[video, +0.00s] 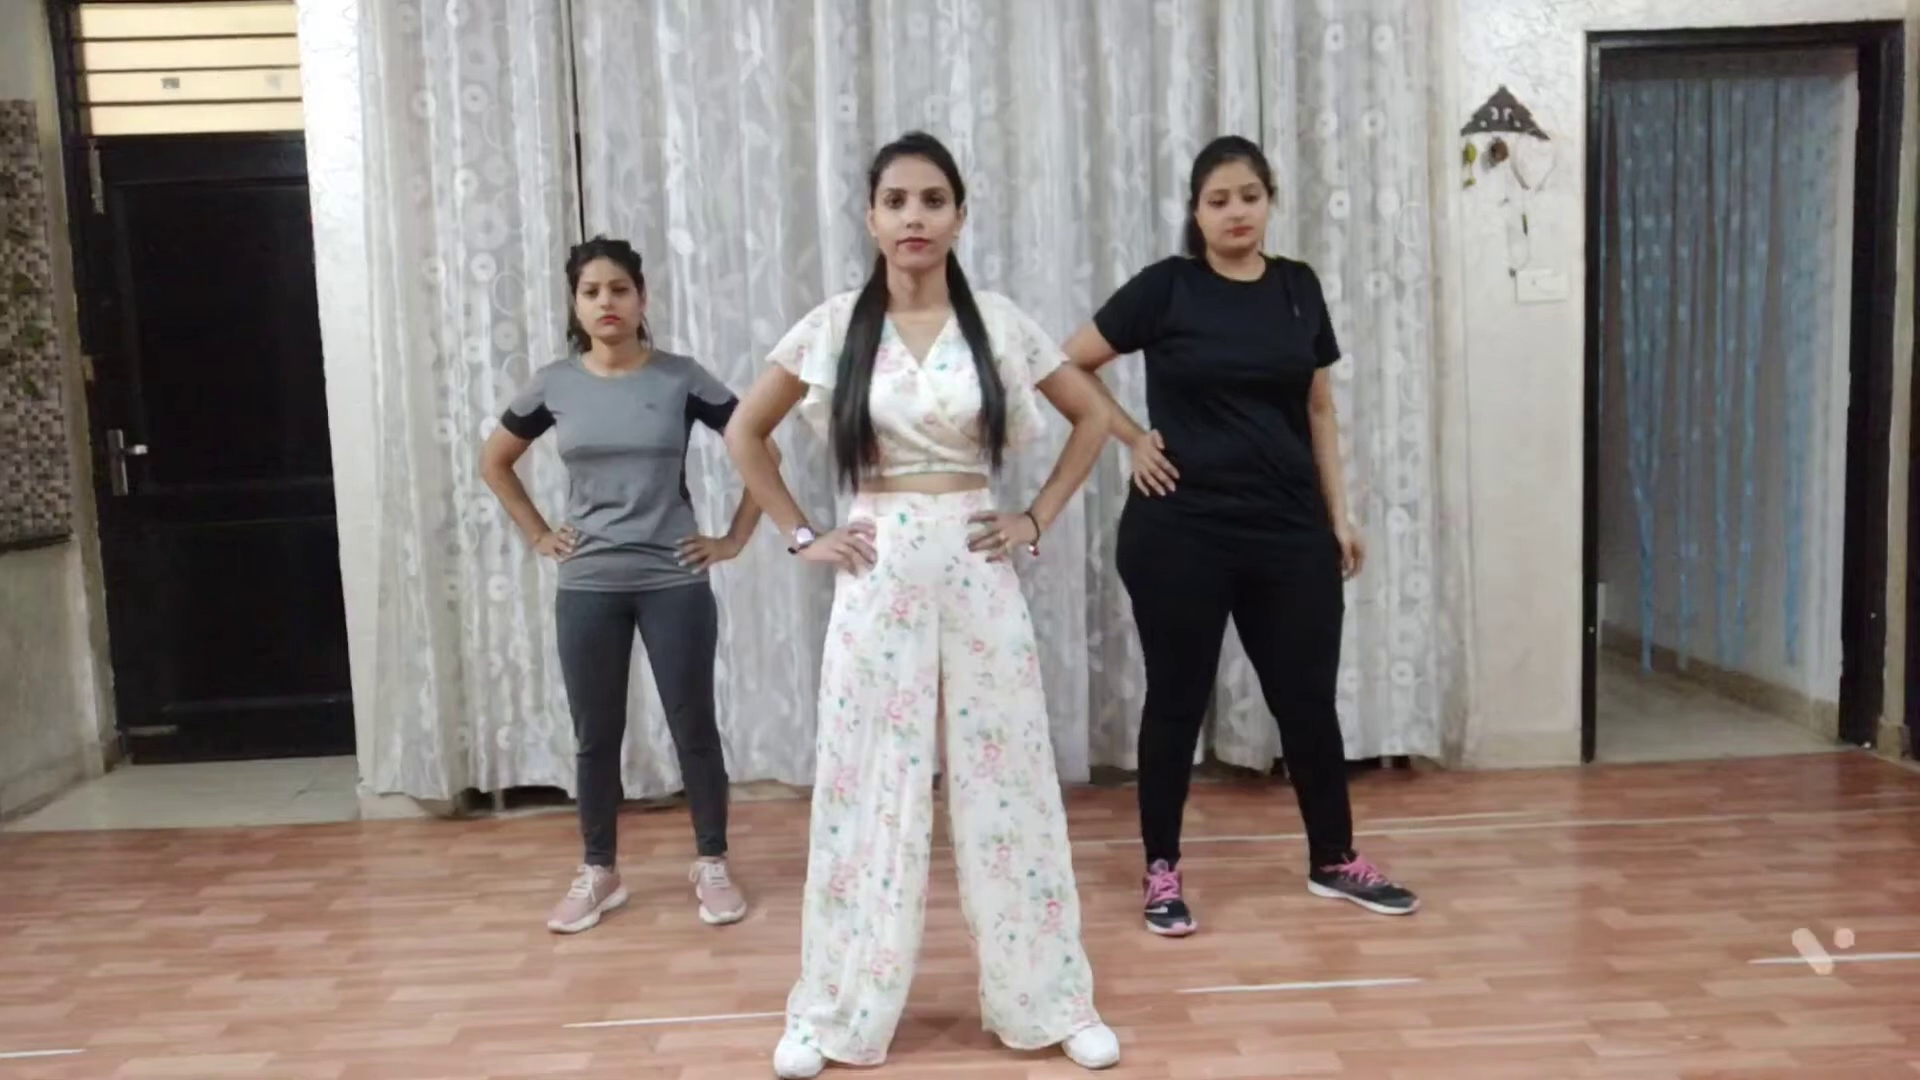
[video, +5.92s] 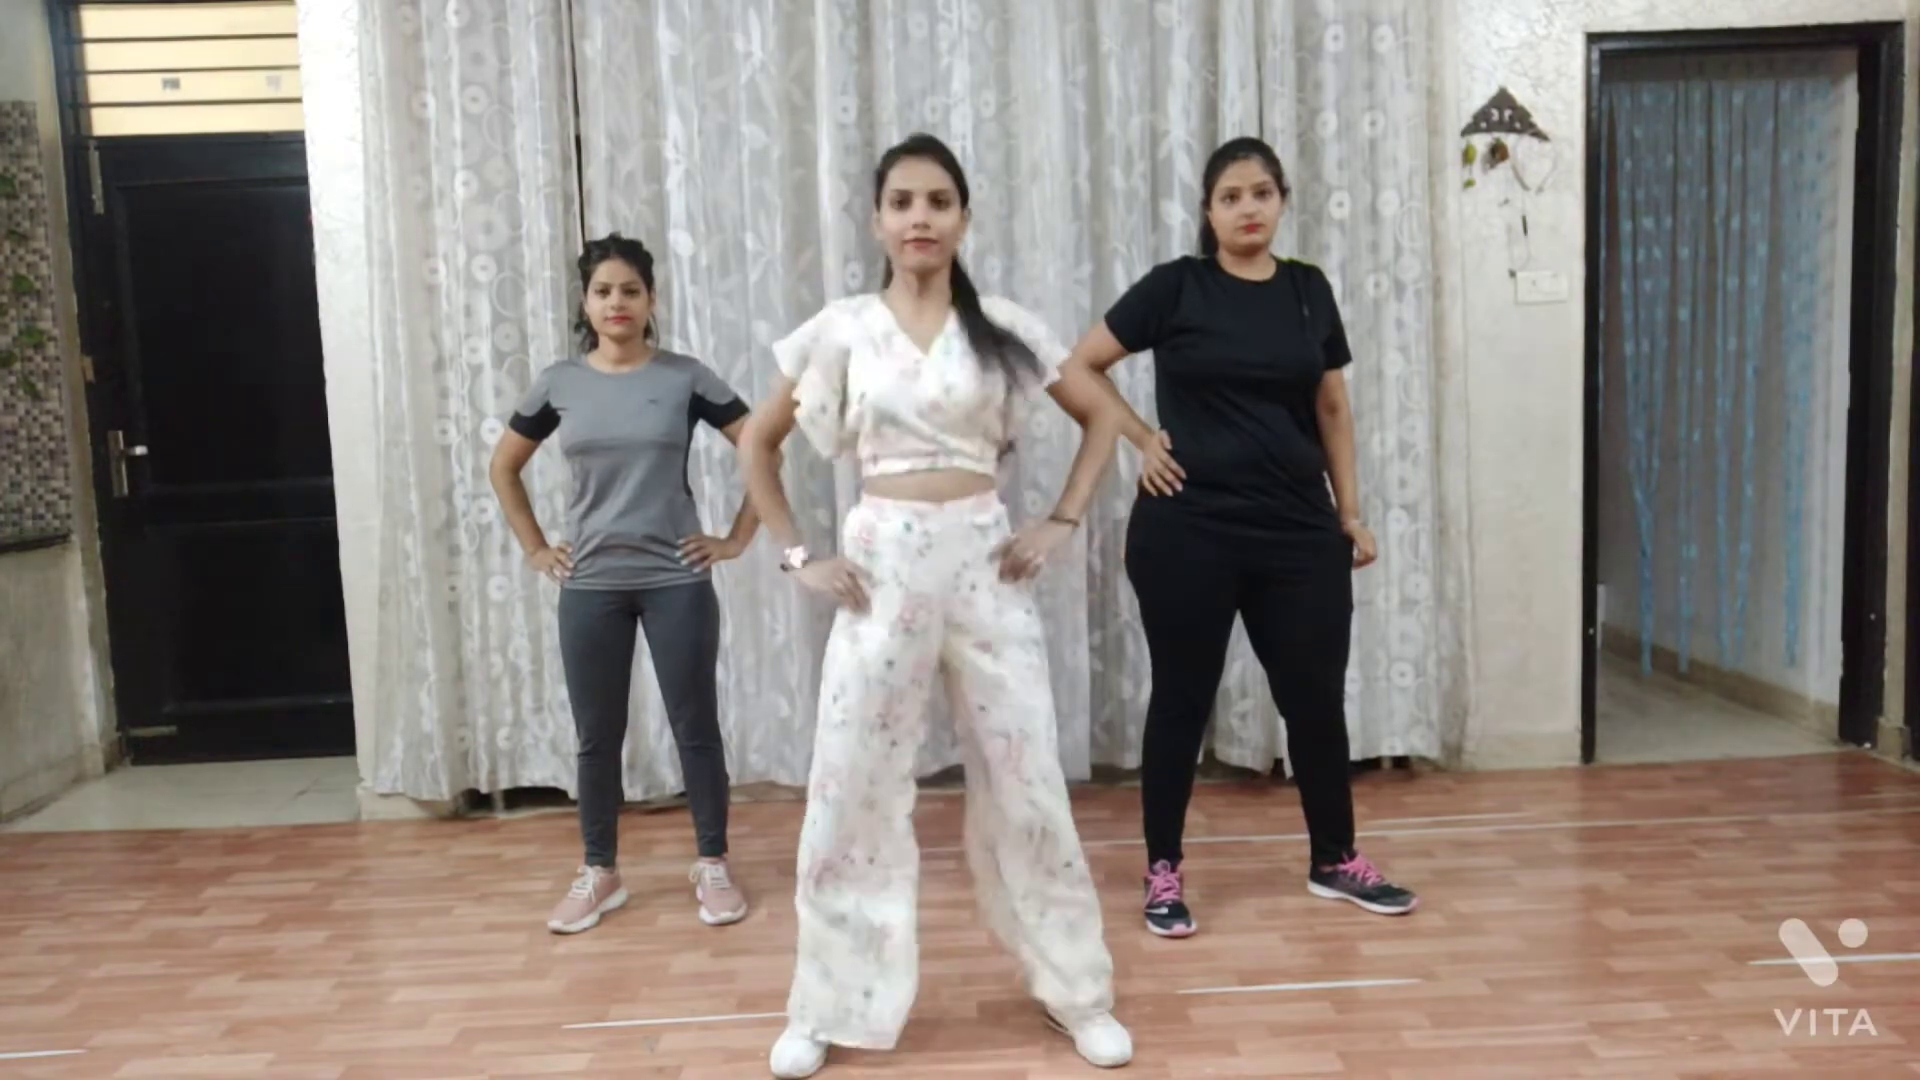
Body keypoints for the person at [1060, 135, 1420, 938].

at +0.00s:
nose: (1236, 213)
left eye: (1250, 197)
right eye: (1219, 200)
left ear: (1270, 204)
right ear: (1195, 211)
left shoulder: (1298, 287)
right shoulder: (1164, 289)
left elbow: (1320, 411)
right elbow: (1067, 369)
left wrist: (1336, 516)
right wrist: (1132, 436)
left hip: (1288, 529)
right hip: (1181, 528)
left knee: (1310, 701)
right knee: (1176, 702)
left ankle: (1335, 860)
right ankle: (1162, 869)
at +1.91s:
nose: (1236, 216)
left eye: (1249, 200)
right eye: (1220, 203)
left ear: (1270, 205)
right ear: (1197, 214)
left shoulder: (1300, 290)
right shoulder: (1166, 290)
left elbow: (1327, 409)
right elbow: (1070, 370)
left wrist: (1342, 513)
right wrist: (1131, 434)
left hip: (1289, 529)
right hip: (1182, 527)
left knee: (1313, 700)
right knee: (1177, 700)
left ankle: (1336, 861)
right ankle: (1162, 869)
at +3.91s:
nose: (1245, 220)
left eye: (1259, 206)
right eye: (1229, 207)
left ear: (1278, 209)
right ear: (1204, 212)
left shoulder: (1304, 290)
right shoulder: (1170, 290)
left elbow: (1332, 409)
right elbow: (1075, 369)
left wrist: (1347, 514)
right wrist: (1136, 435)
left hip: (1292, 530)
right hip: (1184, 528)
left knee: (1315, 702)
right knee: (1178, 700)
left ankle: (1335, 861)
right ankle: (1164, 870)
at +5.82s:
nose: (1249, 208)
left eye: (1262, 193)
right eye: (1232, 196)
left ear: (1283, 203)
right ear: (1209, 209)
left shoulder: (1307, 290)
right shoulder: (1175, 288)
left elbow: (1334, 409)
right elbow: (1071, 369)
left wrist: (1348, 511)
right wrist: (1140, 436)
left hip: (1298, 529)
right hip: (1189, 527)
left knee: (1318, 700)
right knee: (1181, 702)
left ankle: (1335, 860)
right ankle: (1163, 870)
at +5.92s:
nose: (1249, 209)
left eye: (1262, 194)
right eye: (1232, 196)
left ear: (1283, 203)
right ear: (1208, 208)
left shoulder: (1307, 290)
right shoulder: (1175, 288)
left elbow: (1334, 408)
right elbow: (1073, 372)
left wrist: (1349, 510)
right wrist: (1140, 436)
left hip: (1297, 529)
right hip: (1189, 527)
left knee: (1318, 701)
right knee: (1181, 701)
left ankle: (1335, 860)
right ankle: (1163, 869)